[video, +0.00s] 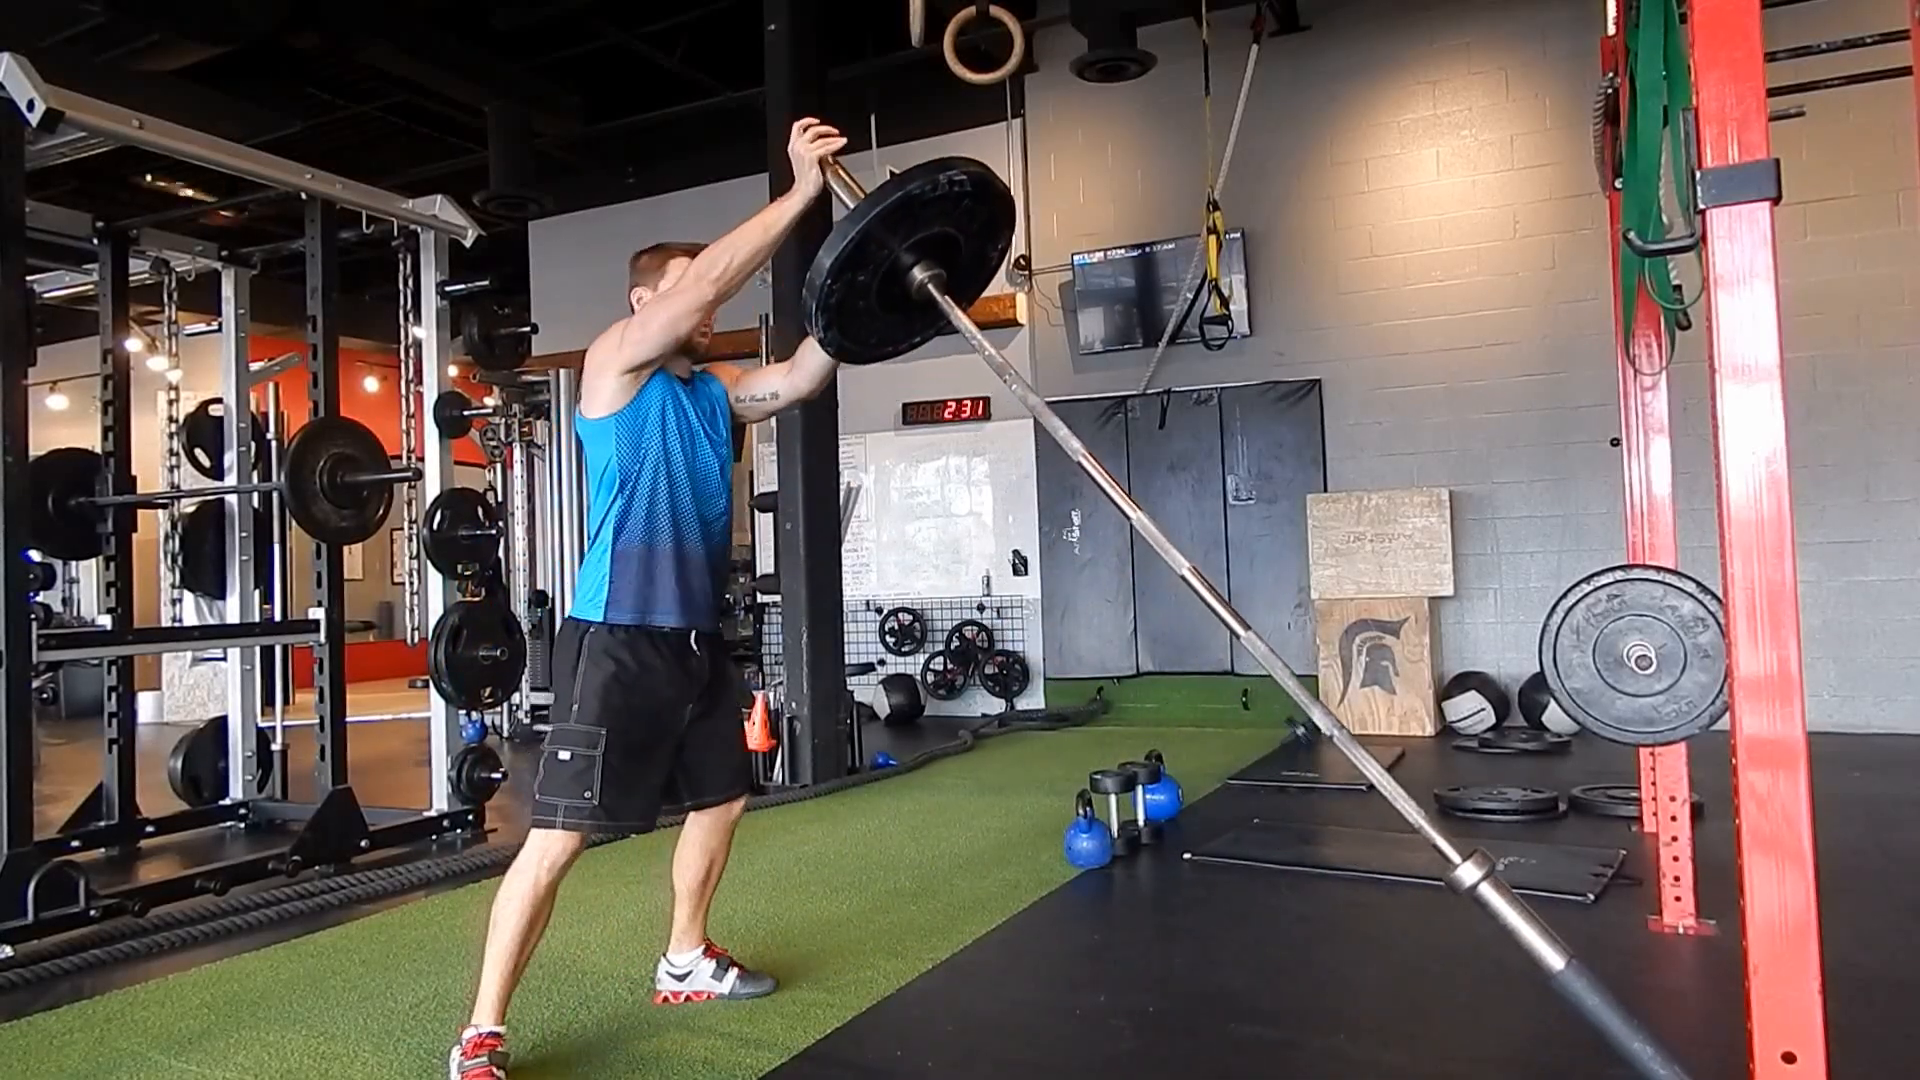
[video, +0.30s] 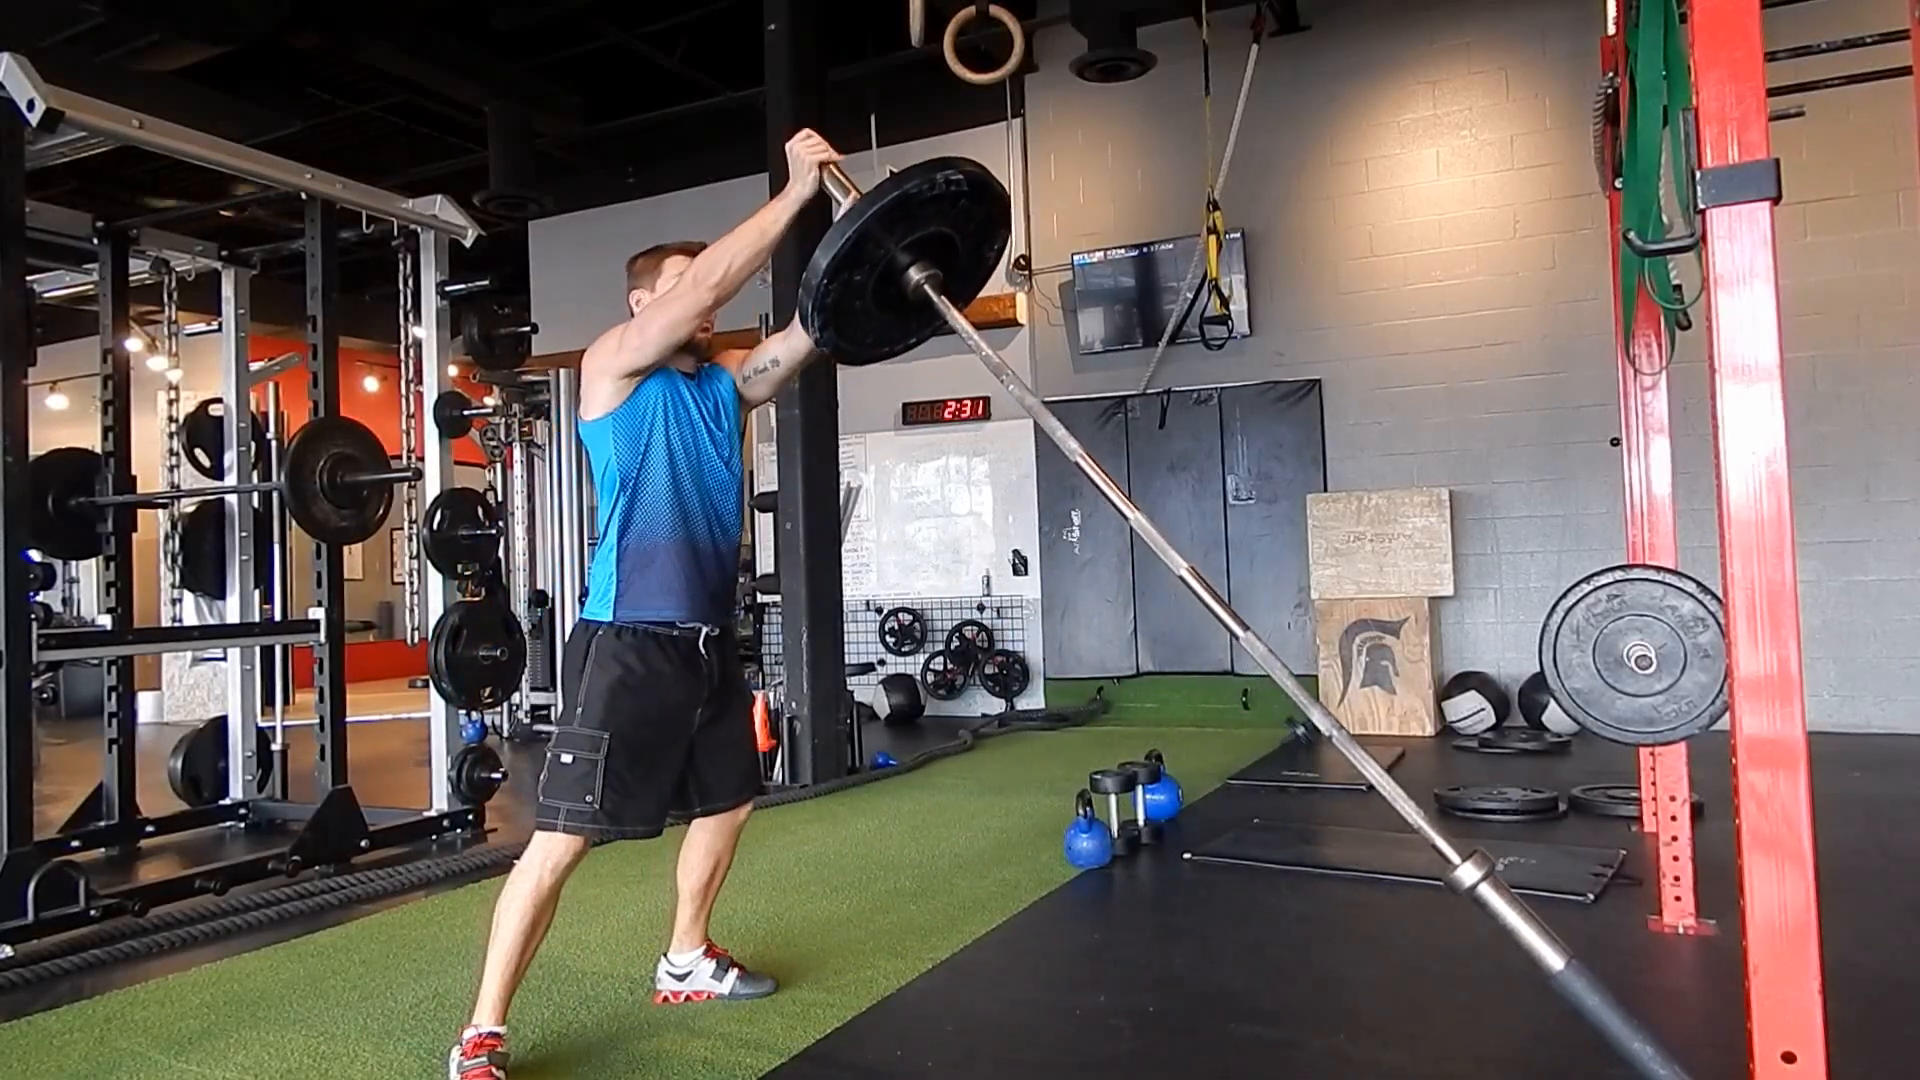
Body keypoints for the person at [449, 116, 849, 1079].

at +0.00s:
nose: (703, 291)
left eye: (704, 281)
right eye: (686, 282)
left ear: (698, 297)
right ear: (644, 293)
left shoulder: (720, 388)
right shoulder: (610, 364)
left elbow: (805, 370)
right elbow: (704, 281)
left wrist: (875, 284)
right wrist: (800, 192)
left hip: (699, 642)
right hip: (614, 639)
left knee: (719, 792)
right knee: (559, 834)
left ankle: (685, 960)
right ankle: (483, 1031)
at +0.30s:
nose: (703, 285)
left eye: (705, 275)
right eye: (686, 276)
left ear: (699, 296)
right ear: (642, 295)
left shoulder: (727, 382)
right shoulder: (608, 367)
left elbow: (812, 328)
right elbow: (705, 286)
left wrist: (873, 249)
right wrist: (795, 192)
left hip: (710, 648)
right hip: (624, 646)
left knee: (728, 796)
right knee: (563, 835)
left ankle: (685, 961)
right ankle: (484, 1029)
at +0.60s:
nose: (703, 288)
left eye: (704, 278)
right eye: (684, 280)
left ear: (698, 296)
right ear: (637, 298)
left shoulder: (726, 384)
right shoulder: (610, 367)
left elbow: (814, 340)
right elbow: (713, 285)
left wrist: (866, 244)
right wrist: (800, 195)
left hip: (711, 645)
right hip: (624, 646)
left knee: (728, 797)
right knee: (566, 836)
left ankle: (685, 959)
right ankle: (484, 1031)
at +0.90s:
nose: (687, 295)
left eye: (688, 286)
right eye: (670, 287)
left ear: (684, 305)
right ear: (626, 304)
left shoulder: (717, 391)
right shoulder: (591, 375)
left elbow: (807, 341)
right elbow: (689, 291)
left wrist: (839, 238)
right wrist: (780, 199)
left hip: (709, 651)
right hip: (617, 652)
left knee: (739, 800)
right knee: (562, 837)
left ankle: (685, 960)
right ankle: (485, 1030)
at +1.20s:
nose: (655, 333)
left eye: (671, 320)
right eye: (642, 318)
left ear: (695, 331)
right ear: (615, 325)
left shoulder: (715, 411)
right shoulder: (574, 405)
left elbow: (767, 355)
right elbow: (570, 357)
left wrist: (728, 283)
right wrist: (634, 259)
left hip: (697, 662)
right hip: (586, 663)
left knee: (734, 815)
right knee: (519, 831)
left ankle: (695, 948)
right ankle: (475, 1027)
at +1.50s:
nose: (596, 352)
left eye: (613, 335)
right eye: (581, 336)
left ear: (646, 340)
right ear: (565, 341)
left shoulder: (680, 420)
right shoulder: (525, 429)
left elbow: (638, 507)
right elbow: (504, 528)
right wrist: (459, 494)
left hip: (659, 670)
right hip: (545, 675)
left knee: (715, 832)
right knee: (480, 836)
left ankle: (740, 932)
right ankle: (471, 1032)